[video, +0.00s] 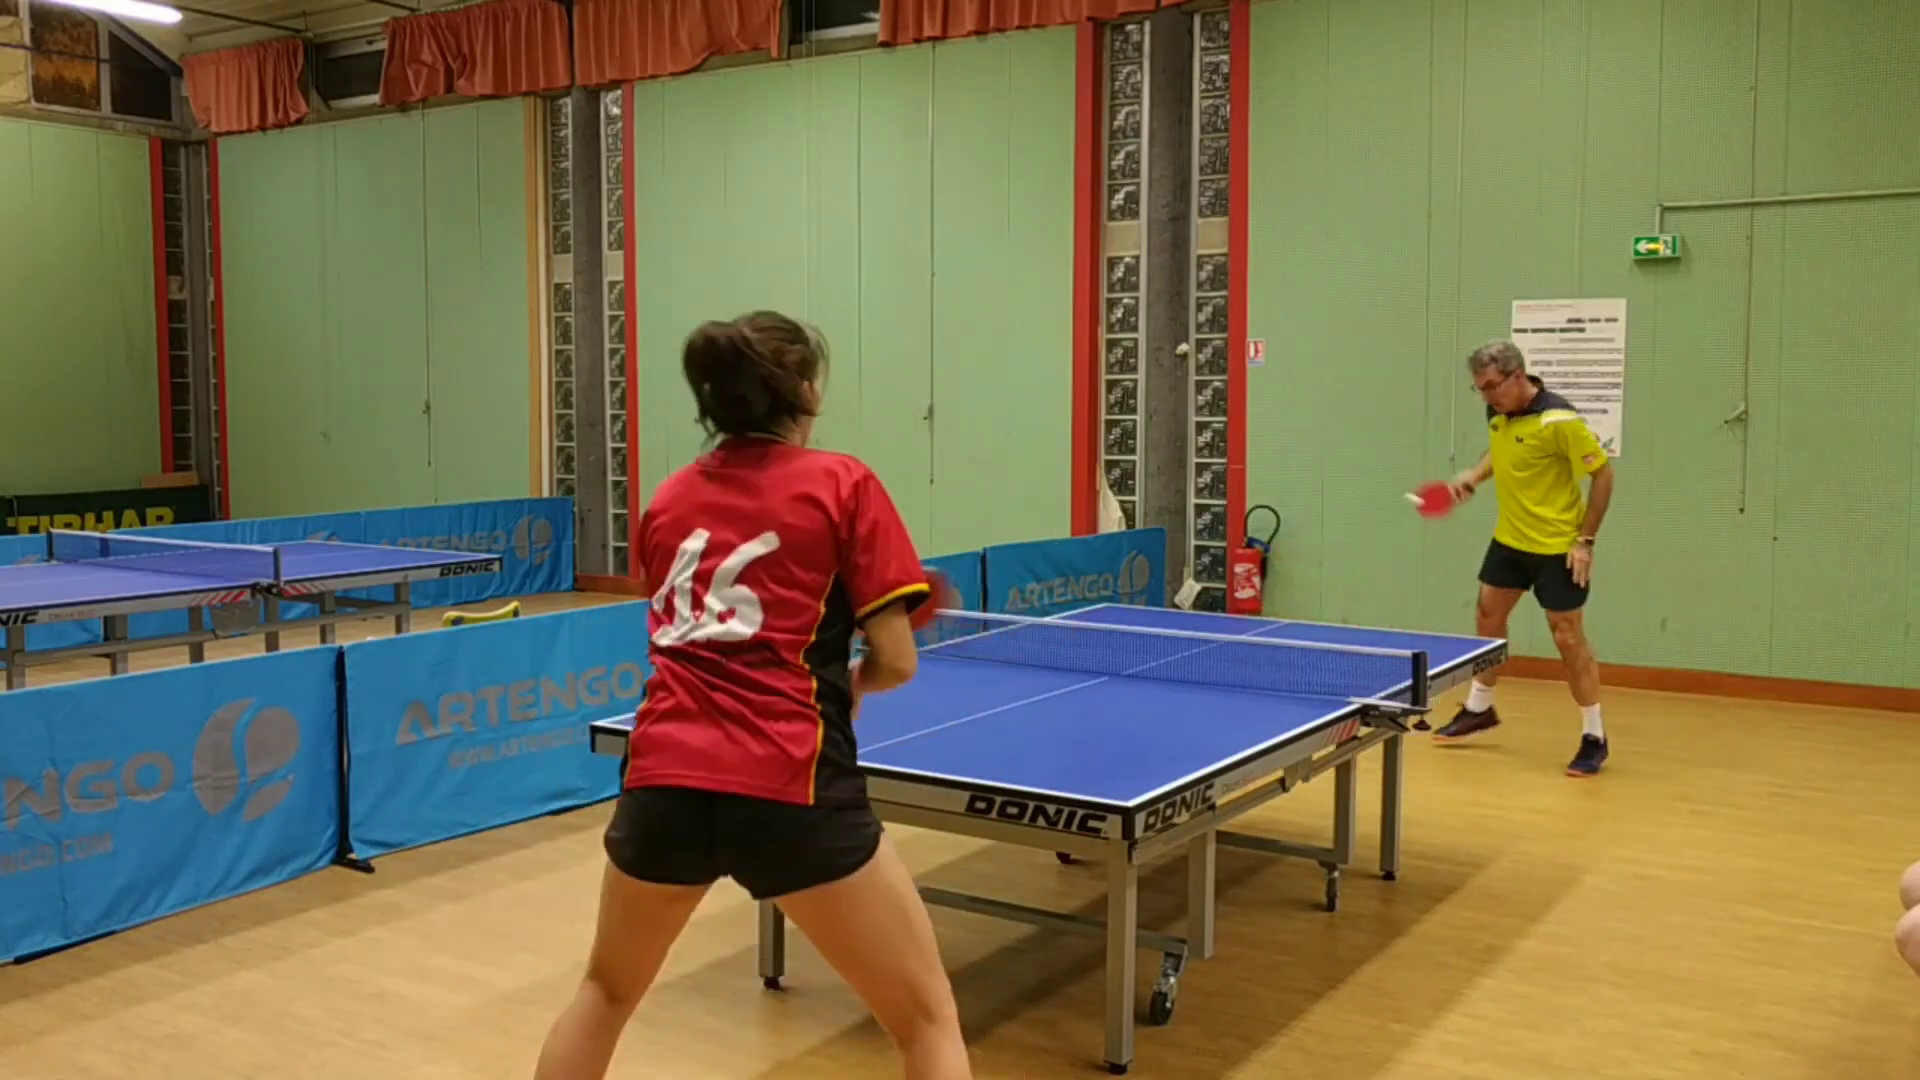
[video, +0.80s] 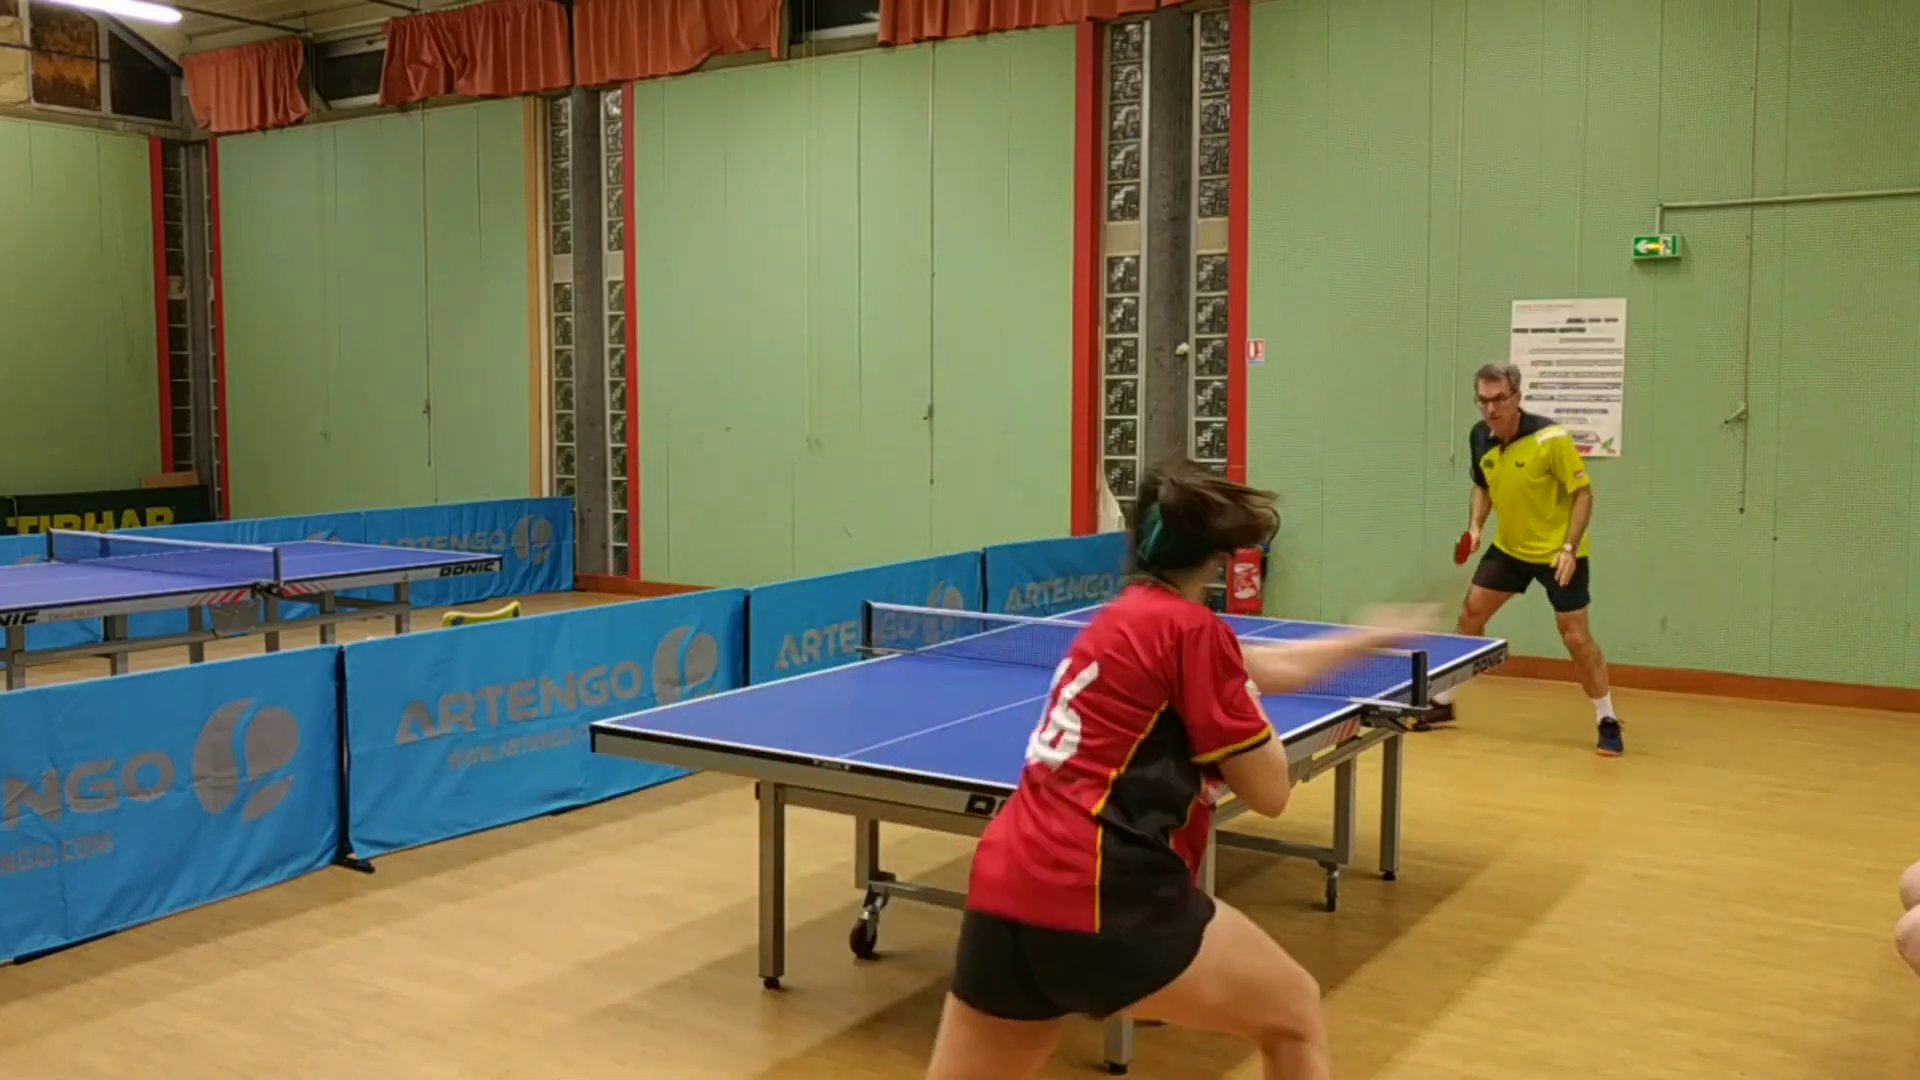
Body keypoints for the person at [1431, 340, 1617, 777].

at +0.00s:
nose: (1486, 399)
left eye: (1491, 388)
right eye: (1481, 390)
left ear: (1519, 377)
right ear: (1487, 387)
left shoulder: (1559, 419)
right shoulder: (1500, 413)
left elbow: (1603, 475)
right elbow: (1501, 453)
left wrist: (1585, 540)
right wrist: (1474, 476)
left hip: (1557, 548)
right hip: (1510, 540)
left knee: (1569, 639)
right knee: (1488, 614)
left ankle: (1594, 736)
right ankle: (1479, 706)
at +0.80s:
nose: (1490, 409)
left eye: (1498, 400)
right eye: (1483, 401)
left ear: (1518, 397)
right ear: (1478, 401)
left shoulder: (1552, 438)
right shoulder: (1481, 438)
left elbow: (1583, 494)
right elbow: (1483, 486)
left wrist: (1570, 548)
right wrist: (1475, 527)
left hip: (1558, 552)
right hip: (1510, 548)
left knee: (1576, 637)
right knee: (1471, 614)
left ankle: (1607, 719)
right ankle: (1442, 700)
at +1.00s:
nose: (1474, 422)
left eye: (1481, 413)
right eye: (1468, 414)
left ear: (1504, 410)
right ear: (1464, 415)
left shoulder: (1543, 450)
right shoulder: (1466, 450)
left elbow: (1569, 505)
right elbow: (1465, 503)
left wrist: (1570, 556)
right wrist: (1444, 550)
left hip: (1541, 558)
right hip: (1486, 553)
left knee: (1570, 641)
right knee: (1445, 617)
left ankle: (1605, 720)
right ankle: (1433, 706)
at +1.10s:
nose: (1458, 412)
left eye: (1464, 403)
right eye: (1453, 404)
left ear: (1492, 400)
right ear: (1452, 405)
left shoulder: (1532, 439)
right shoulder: (1459, 438)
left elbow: (1562, 493)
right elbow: (1444, 489)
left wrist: (1562, 549)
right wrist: (1396, 523)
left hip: (1531, 552)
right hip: (1478, 548)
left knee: (1563, 636)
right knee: (1439, 613)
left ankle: (1604, 719)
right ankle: (1433, 707)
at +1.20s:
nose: (1449, 404)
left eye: (1456, 394)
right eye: (1445, 396)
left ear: (1482, 393)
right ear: (1445, 396)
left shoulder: (1519, 435)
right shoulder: (1445, 432)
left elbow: (1557, 489)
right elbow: (1400, 469)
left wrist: (1551, 549)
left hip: (1523, 551)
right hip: (1473, 547)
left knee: (1557, 635)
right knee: (1436, 615)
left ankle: (1603, 720)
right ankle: (1433, 705)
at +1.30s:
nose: (1449, 400)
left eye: (1456, 391)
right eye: (1445, 392)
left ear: (1482, 389)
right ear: (1442, 394)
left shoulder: (1518, 434)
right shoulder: (1441, 430)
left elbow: (1558, 486)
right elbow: (1393, 461)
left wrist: (1549, 548)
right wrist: (1337, 485)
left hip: (1518, 552)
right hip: (1467, 548)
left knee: (1556, 635)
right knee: (1431, 616)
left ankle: (1599, 719)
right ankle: (1432, 706)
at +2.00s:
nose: (1484, 424)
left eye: (1492, 415)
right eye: (1477, 415)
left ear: (1510, 412)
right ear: (1470, 415)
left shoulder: (1539, 454)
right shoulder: (1459, 452)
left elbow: (1560, 518)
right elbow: (1442, 502)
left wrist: (1545, 566)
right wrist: (1441, 555)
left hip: (1532, 564)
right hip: (1475, 562)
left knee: (1580, 641)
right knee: (1432, 626)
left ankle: (1603, 718)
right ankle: (1411, 707)